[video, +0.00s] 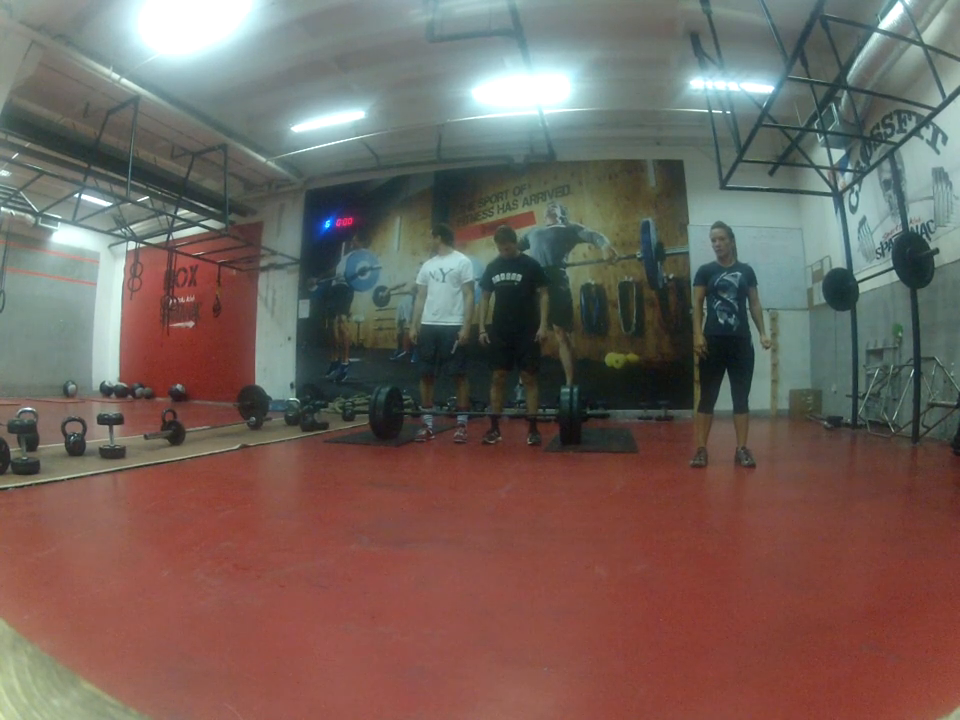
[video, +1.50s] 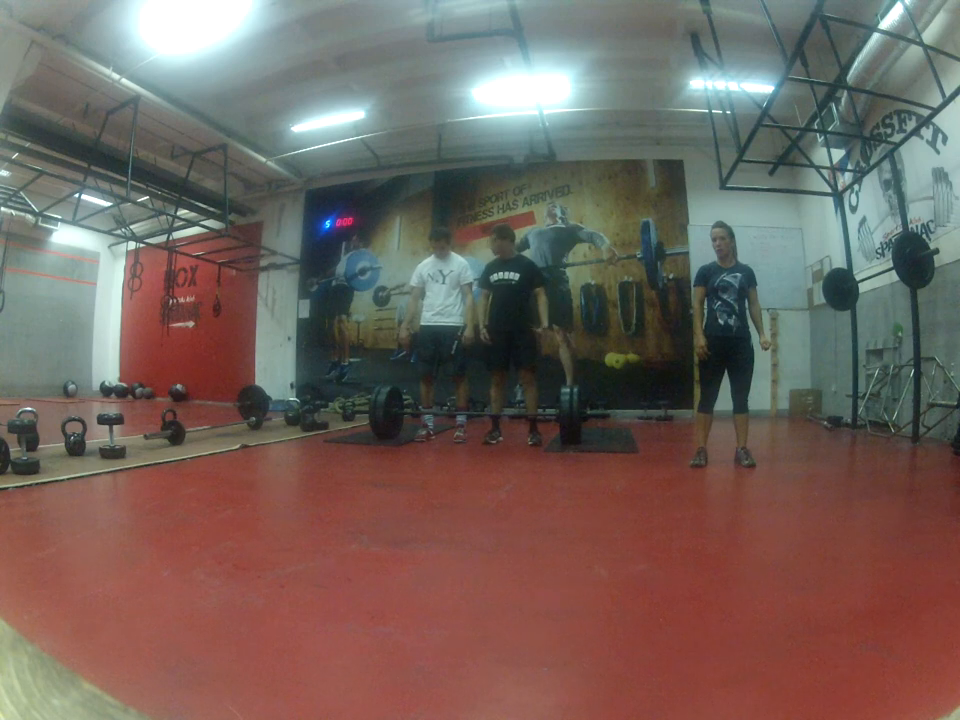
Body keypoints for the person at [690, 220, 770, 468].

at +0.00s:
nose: (717, 244)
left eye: (721, 239)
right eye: (714, 240)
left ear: (732, 241)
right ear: (710, 244)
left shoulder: (746, 271)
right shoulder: (705, 272)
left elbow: (754, 304)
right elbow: (697, 306)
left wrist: (762, 333)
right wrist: (698, 335)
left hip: (740, 343)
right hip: (712, 342)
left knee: (741, 399)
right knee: (707, 399)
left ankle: (742, 449)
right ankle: (701, 450)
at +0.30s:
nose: (717, 244)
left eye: (721, 239)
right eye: (714, 240)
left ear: (732, 241)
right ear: (710, 244)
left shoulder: (745, 271)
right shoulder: (705, 272)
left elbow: (754, 304)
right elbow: (697, 306)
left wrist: (762, 333)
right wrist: (698, 336)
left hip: (740, 342)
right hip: (712, 342)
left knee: (741, 400)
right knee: (707, 400)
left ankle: (742, 449)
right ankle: (701, 449)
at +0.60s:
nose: (717, 244)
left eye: (721, 239)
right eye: (714, 240)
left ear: (732, 241)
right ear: (710, 244)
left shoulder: (746, 272)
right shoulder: (705, 272)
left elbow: (754, 305)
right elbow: (697, 306)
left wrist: (762, 334)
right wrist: (698, 335)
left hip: (740, 343)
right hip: (712, 342)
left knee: (741, 400)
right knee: (707, 400)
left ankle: (742, 449)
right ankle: (700, 449)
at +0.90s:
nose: (718, 244)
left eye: (722, 239)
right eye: (714, 240)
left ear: (732, 241)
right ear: (711, 244)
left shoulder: (745, 272)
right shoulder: (705, 272)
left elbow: (754, 305)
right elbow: (697, 306)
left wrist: (762, 334)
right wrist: (698, 335)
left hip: (740, 343)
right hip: (712, 342)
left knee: (741, 400)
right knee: (707, 400)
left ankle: (742, 449)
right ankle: (700, 450)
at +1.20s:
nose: (718, 244)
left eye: (722, 239)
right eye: (714, 240)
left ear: (732, 241)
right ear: (711, 244)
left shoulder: (745, 272)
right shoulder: (705, 272)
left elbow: (754, 305)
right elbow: (697, 307)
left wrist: (761, 334)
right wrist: (698, 336)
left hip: (740, 343)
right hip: (712, 343)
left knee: (740, 400)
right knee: (707, 400)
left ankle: (742, 449)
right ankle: (701, 450)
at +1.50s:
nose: (718, 243)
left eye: (722, 239)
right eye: (714, 240)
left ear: (732, 241)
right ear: (711, 244)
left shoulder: (746, 272)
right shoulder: (705, 272)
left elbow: (754, 305)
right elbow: (697, 306)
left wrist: (761, 333)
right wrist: (698, 336)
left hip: (740, 343)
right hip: (712, 342)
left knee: (740, 399)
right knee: (707, 399)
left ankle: (742, 449)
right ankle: (701, 450)